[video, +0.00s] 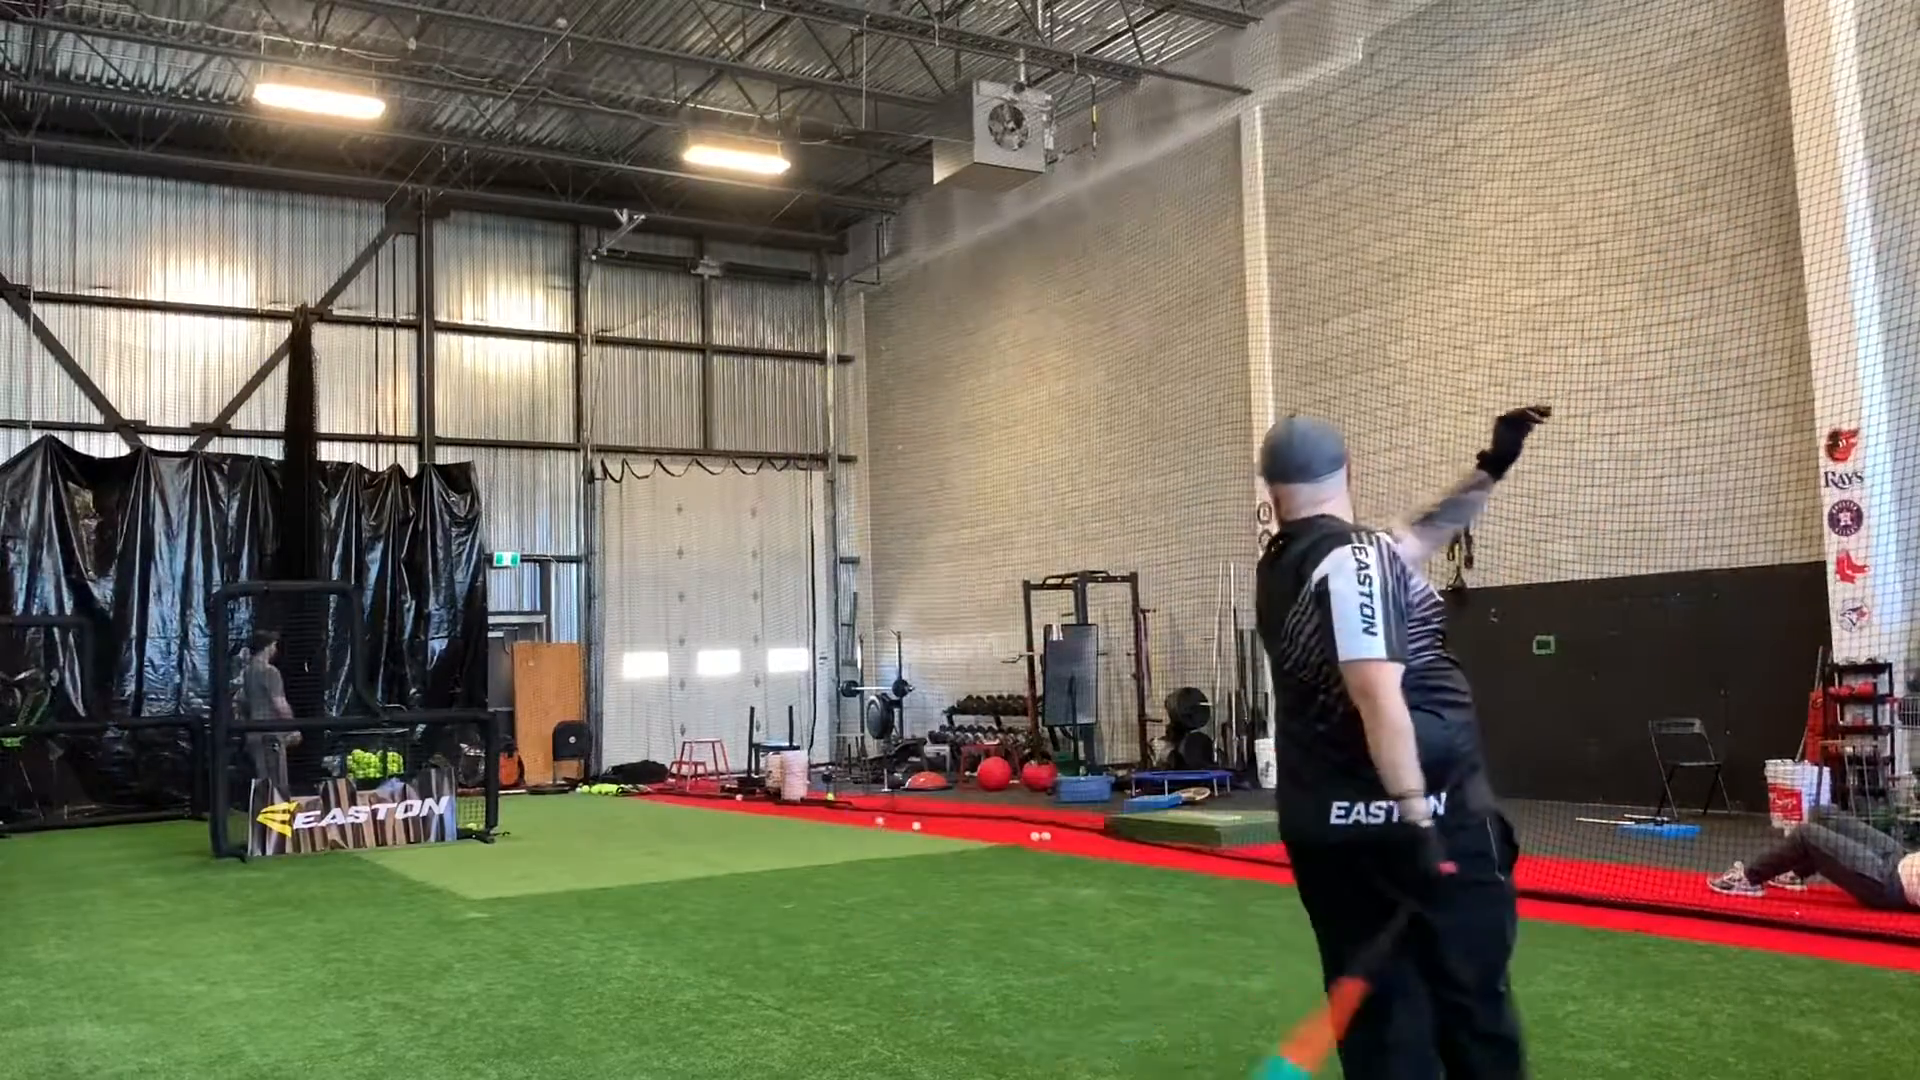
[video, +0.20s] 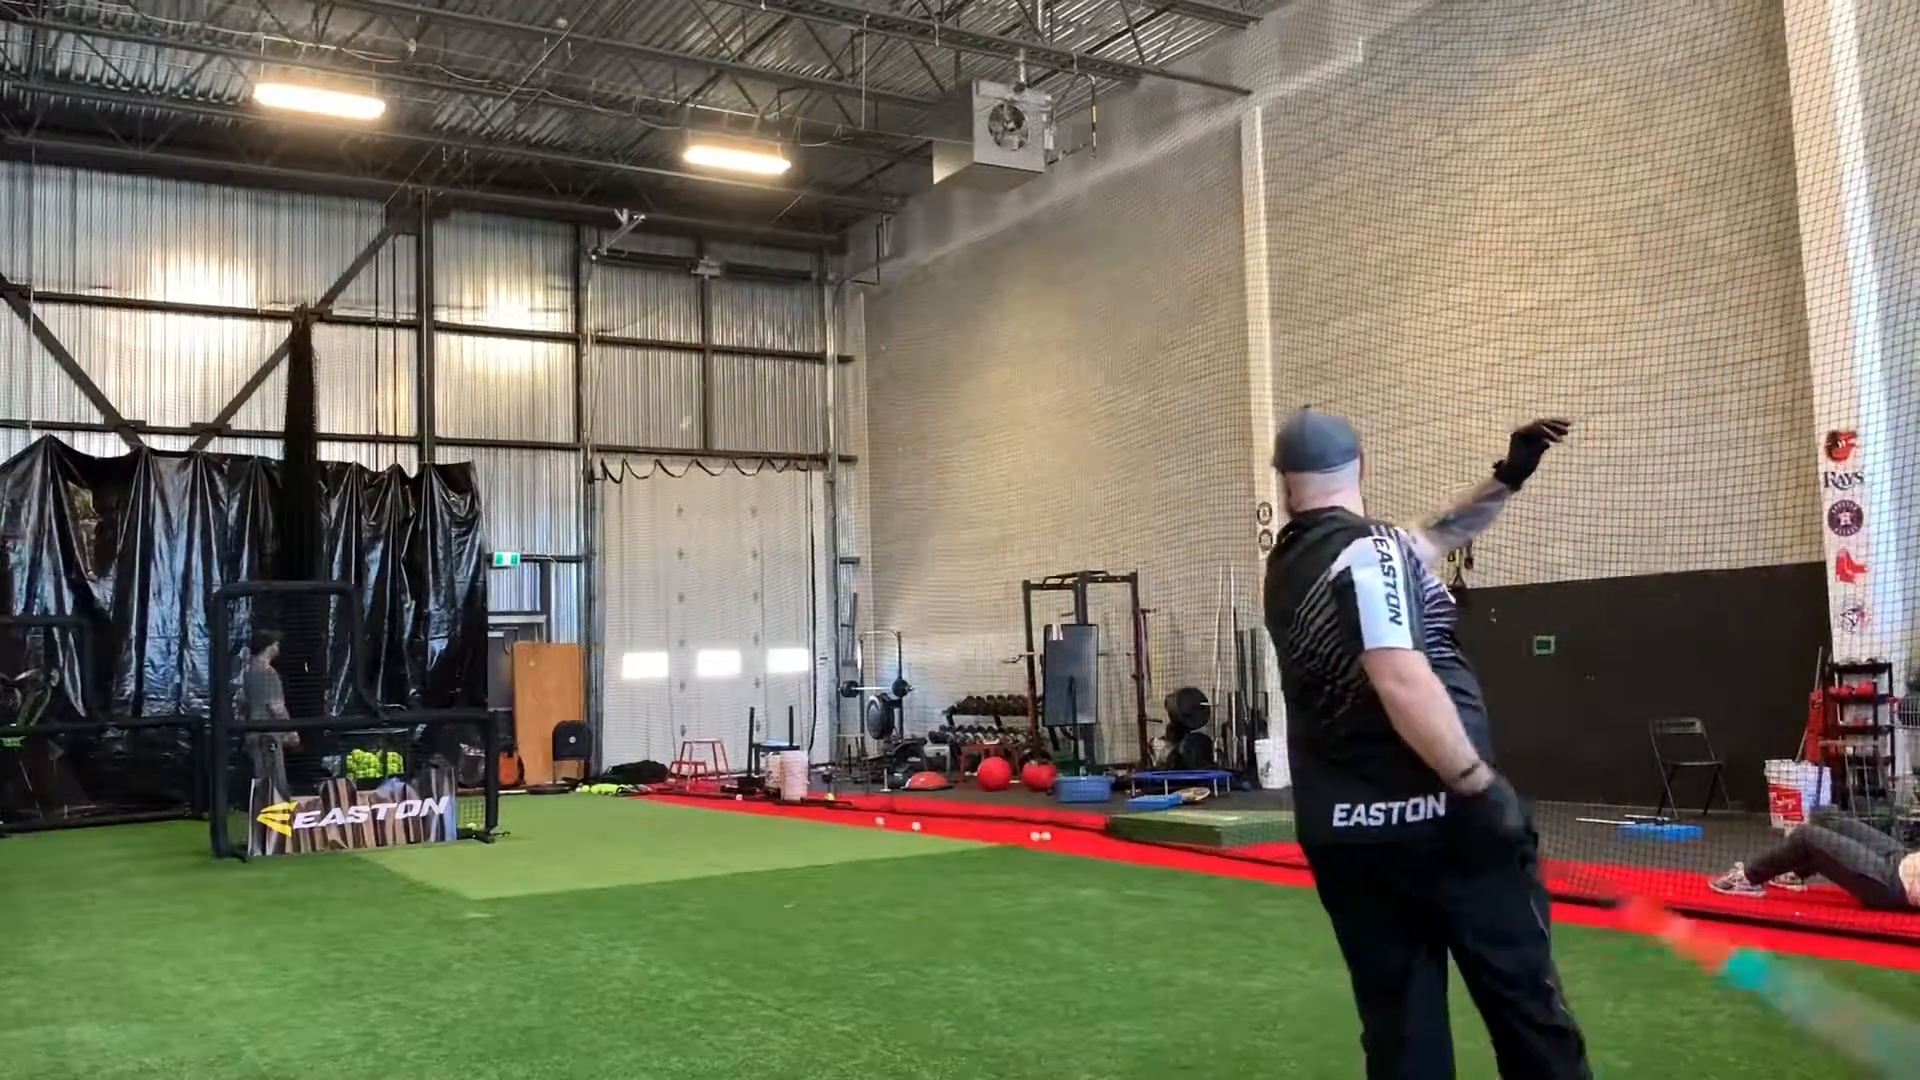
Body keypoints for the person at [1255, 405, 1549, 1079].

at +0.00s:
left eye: (1271, 482)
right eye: (1350, 467)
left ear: (1270, 491)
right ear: (1348, 472)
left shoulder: (1281, 565)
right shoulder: (1358, 558)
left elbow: (1419, 538)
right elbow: (1374, 689)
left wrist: (1490, 469)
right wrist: (1420, 821)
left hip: (1329, 831)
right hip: (1424, 824)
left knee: (1376, 1023)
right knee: (1473, 1015)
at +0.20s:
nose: (1365, 472)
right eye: (1362, 463)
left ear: (1282, 481)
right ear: (1360, 468)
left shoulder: (1288, 564)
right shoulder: (1374, 552)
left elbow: (1432, 538)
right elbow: (1396, 671)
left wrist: (1507, 478)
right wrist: (1477, 781)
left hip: (1343, 828)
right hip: (1439, 820)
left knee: (1399, 1028)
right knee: (1528, 1013)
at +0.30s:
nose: (1367, 470)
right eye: (1366, 460)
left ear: (1293, 479)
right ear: (1369, 465)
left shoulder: (1292, 565)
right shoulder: (1392, 549)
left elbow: (1424, 554)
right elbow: (1432, 666)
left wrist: (1509, 490)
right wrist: (1544, 761)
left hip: (1353, 834)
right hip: (1457, 821)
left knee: (1402, 1029)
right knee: (1529, 1014)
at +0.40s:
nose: (1303, 485)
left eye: (1303, 474)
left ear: (1308, 481)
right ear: (1380, 467)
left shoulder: (1297, 564)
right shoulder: (1415, 540)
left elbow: (1410, 593)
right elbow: (1484, 647)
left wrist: (1507, 525)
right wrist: (1612, 715)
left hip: (1365, 842)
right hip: (1477, 828)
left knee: (1402, 1036)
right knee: (1522, 1024)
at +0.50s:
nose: (1322, 485)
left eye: (1320, 473)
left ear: (1326, 479)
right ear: (1398, 462)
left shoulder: (1307, 571)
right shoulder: (1459, 528)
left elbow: (1391, 625)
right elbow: (1544, 633)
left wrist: (1498, 576)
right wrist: (1665, 686)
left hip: (1379, 848)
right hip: (1497, 837)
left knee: (1400, 1043)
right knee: (1521, 1034)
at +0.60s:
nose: (1337, 485)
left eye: (1335, 473)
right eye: (1336, 472)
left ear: (1344, 477)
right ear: (1415, 462)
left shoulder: (1320, 578)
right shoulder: (1497, 530)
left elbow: (1318, 663)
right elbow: (1589, 627)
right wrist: (1705, 675)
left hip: (1393, 849)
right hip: (1519, 842)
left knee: (1394, 1046)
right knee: (1523, 1036)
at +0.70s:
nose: (1352, 492)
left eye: (1348, 480)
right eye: (1350, 479)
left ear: (1361, 480)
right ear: (1430, 464)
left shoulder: (1342, 582)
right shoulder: (1528, 531)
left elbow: (1329, 734)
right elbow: (1631, 630)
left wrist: (1350, 786)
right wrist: (1728, 667)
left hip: (1416, 846)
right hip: (1543, 833)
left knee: (1398, 1033)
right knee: (1531, 1028)